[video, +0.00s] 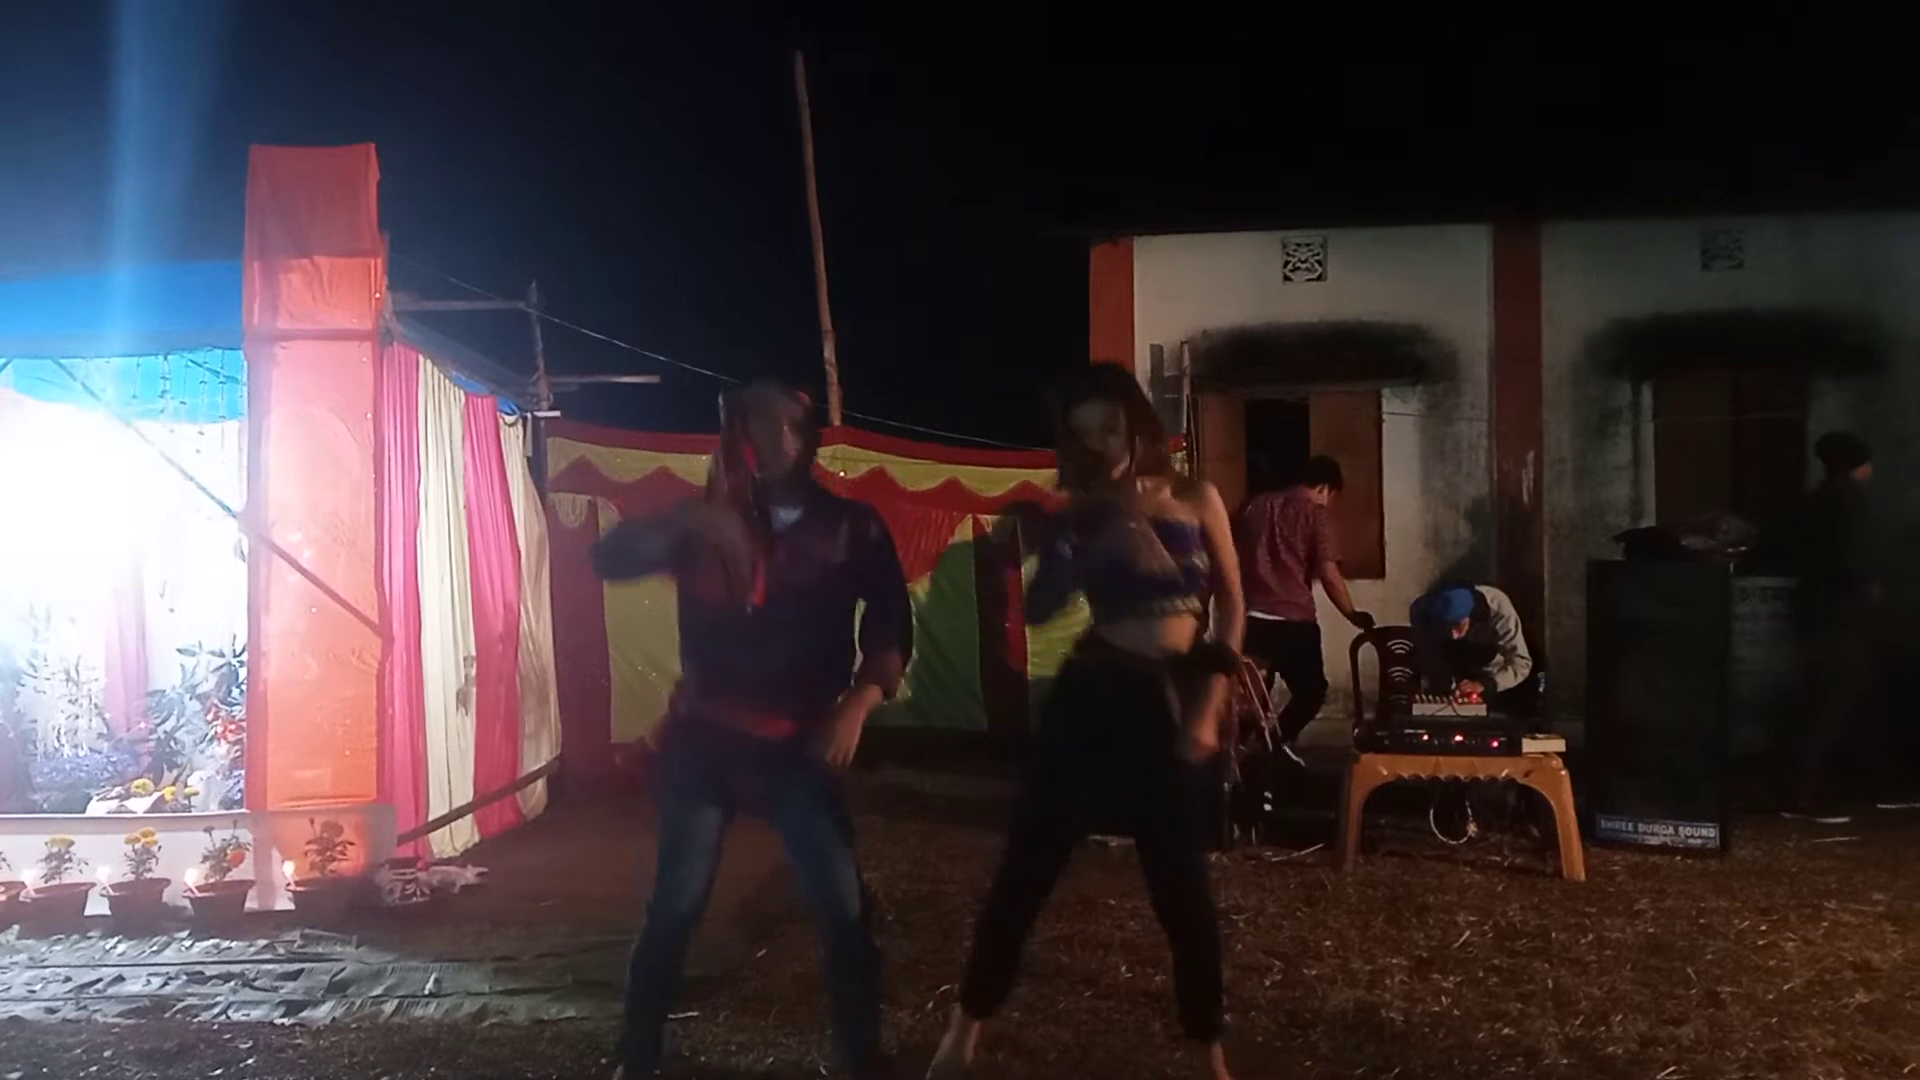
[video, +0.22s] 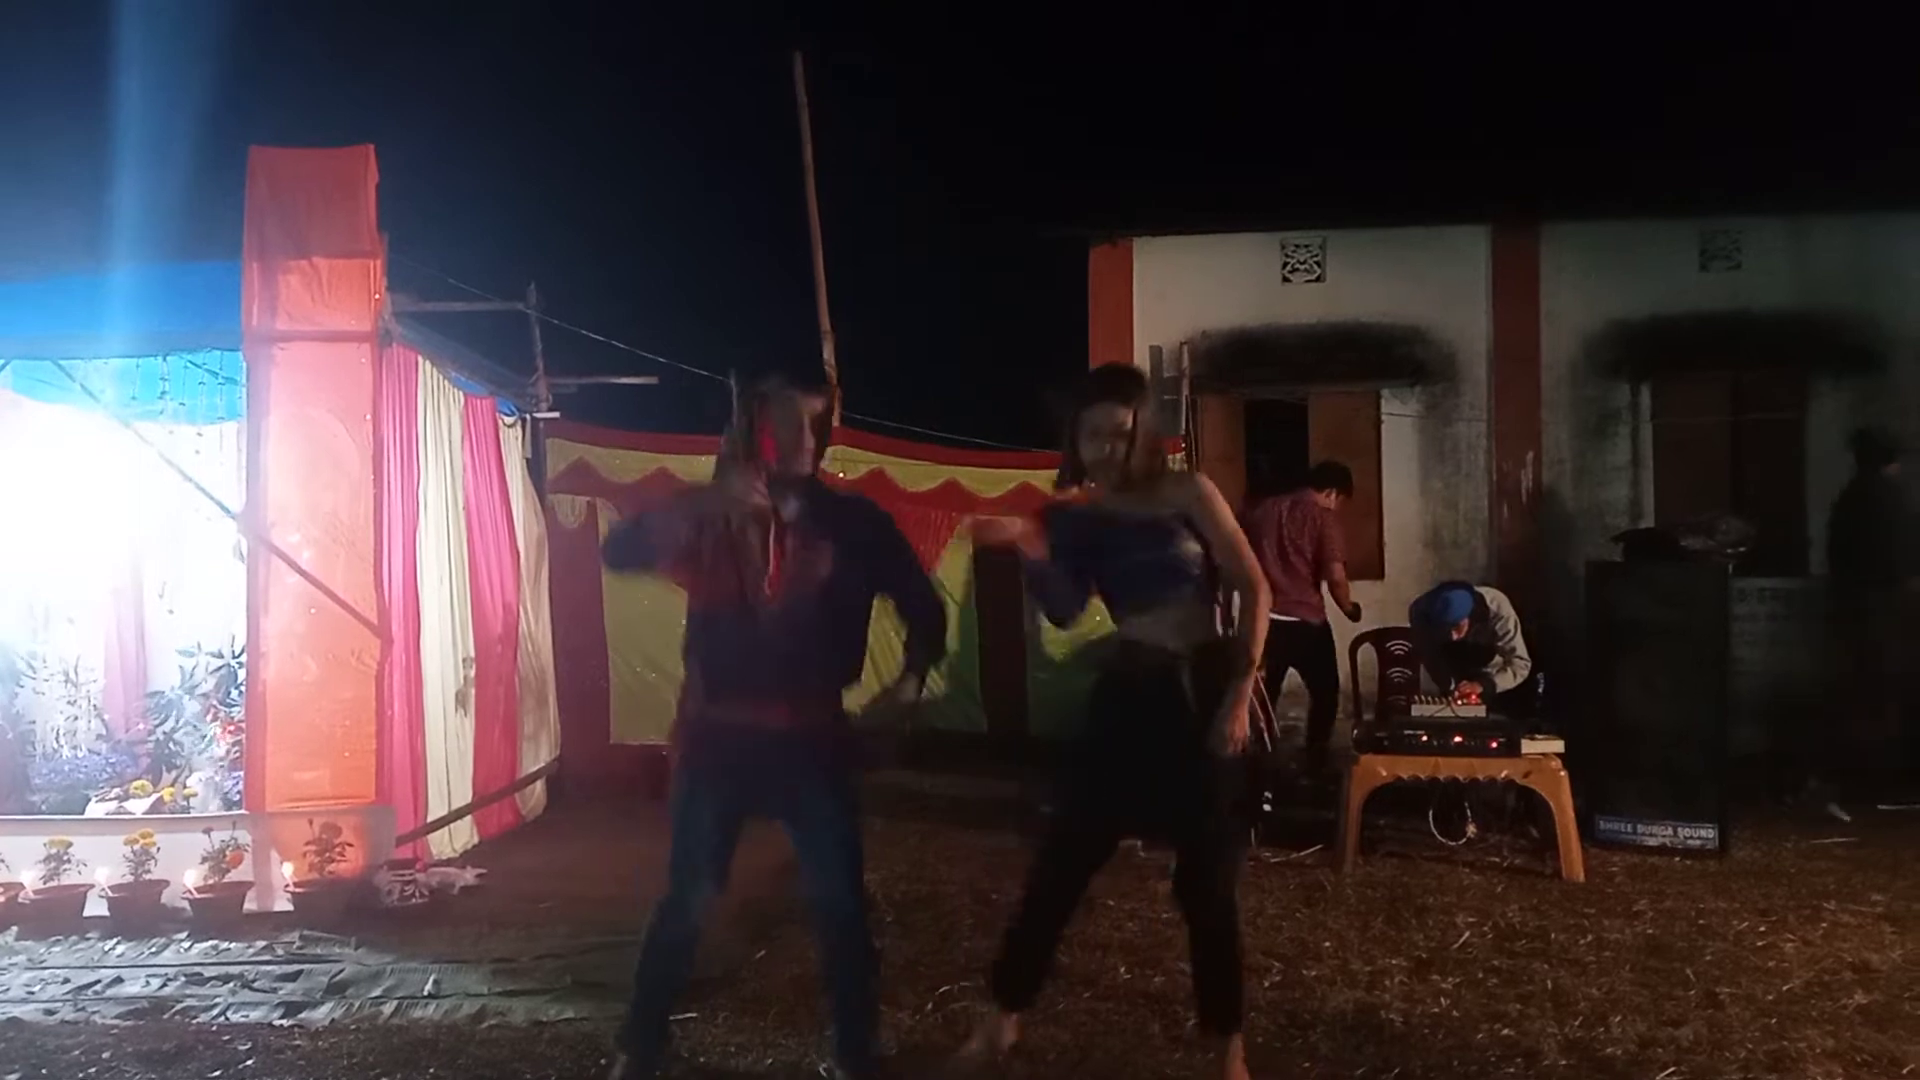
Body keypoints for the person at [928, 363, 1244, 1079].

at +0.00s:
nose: (1099, 448)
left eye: (1110, 431)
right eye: (1084, 436)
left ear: (1140, 426)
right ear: (1068, 440)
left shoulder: (1196, 501)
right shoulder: (1080, 516)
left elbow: (1231, 604)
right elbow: (1035, 610)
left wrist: (1211, 704)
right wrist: (1031, 549)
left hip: (1174, 697)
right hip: (1093, 693)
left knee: (1182, 882)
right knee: (1028, 864)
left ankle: (1211, 1048)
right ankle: (965, 1029)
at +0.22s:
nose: (1105, 448)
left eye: (1118, 433)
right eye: (1092, 435)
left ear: (1144, 431)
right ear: (1075, 439)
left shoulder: (1188, 493)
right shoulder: (1077, 517)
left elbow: (1257, 590)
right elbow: (1065, 612)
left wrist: (1241, 692)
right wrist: (1033, 554)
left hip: (1201, 689)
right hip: (1125, 690)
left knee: (1205, 875)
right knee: (1069, 854)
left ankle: (1228, 1047)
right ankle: (1001, 1017)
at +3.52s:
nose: (1078, 422)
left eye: (1091, 410)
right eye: (1064, 409)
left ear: (1103, 420)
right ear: (1037, 417)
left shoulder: (1130, 484)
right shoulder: (1018, 505)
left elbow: (1214, 531)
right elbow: (993, 611)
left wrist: (1140, 482)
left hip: (1153, 679)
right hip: (1073, 683)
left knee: (1191, 854)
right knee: (1055, 861)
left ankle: (1235, 1035)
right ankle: (1055, 1041)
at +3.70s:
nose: (1059, 490)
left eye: (1074, 475)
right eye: (1046, 473)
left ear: (1091, 482)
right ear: (1021, 479)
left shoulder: (1123, 545)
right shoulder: (1025, 577)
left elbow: (1157, 626)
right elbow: (1015, 671)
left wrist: (1067, 670)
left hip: (1154, 736)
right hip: (1081, 743)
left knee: (1226, 912)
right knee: (1051, 914)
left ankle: (1337, 1057)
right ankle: (1055, 1059)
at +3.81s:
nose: (1056, 488)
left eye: (1070, 472)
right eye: (1044, 472)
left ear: (1093, 472)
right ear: (1026, 476)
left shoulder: (1125, 540)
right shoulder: (1035, 574)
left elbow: (1160, 636)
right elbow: (1032, 672)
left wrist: (1065, 654)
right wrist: (1013, 683)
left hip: (1168, 746)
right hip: (1096, 750)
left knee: (1229, 906)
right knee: (1062, 907)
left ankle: (1334, 1054)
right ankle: (1055, 1058)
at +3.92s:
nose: (1059, 457)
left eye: (1073, 444)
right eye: (1047, 442)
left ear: (1097, 450)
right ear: (1028, 449)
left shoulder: (1113, 513)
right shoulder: (1047, 538)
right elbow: (1011, 638)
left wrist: (1020, 556)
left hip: (1176, 693)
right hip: (1116, 704)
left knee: (1241, 873)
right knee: (1073, 882)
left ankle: (1332, 1049)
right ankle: (1060, 1055)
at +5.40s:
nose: (1009, 400)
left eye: (1022, 384)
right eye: (1003, 386)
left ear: (1063, 380)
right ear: (1001, 391)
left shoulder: (1116, 460)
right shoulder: (1007, 468)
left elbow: (1186, 568)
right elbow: (958, 572)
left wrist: (1137, 661)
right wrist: (966, 536)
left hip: (1106, 667)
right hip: (1036, 668)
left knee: (1135, 855)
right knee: (1034, 857)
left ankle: (1193, 1027)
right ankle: (1051, 1041)